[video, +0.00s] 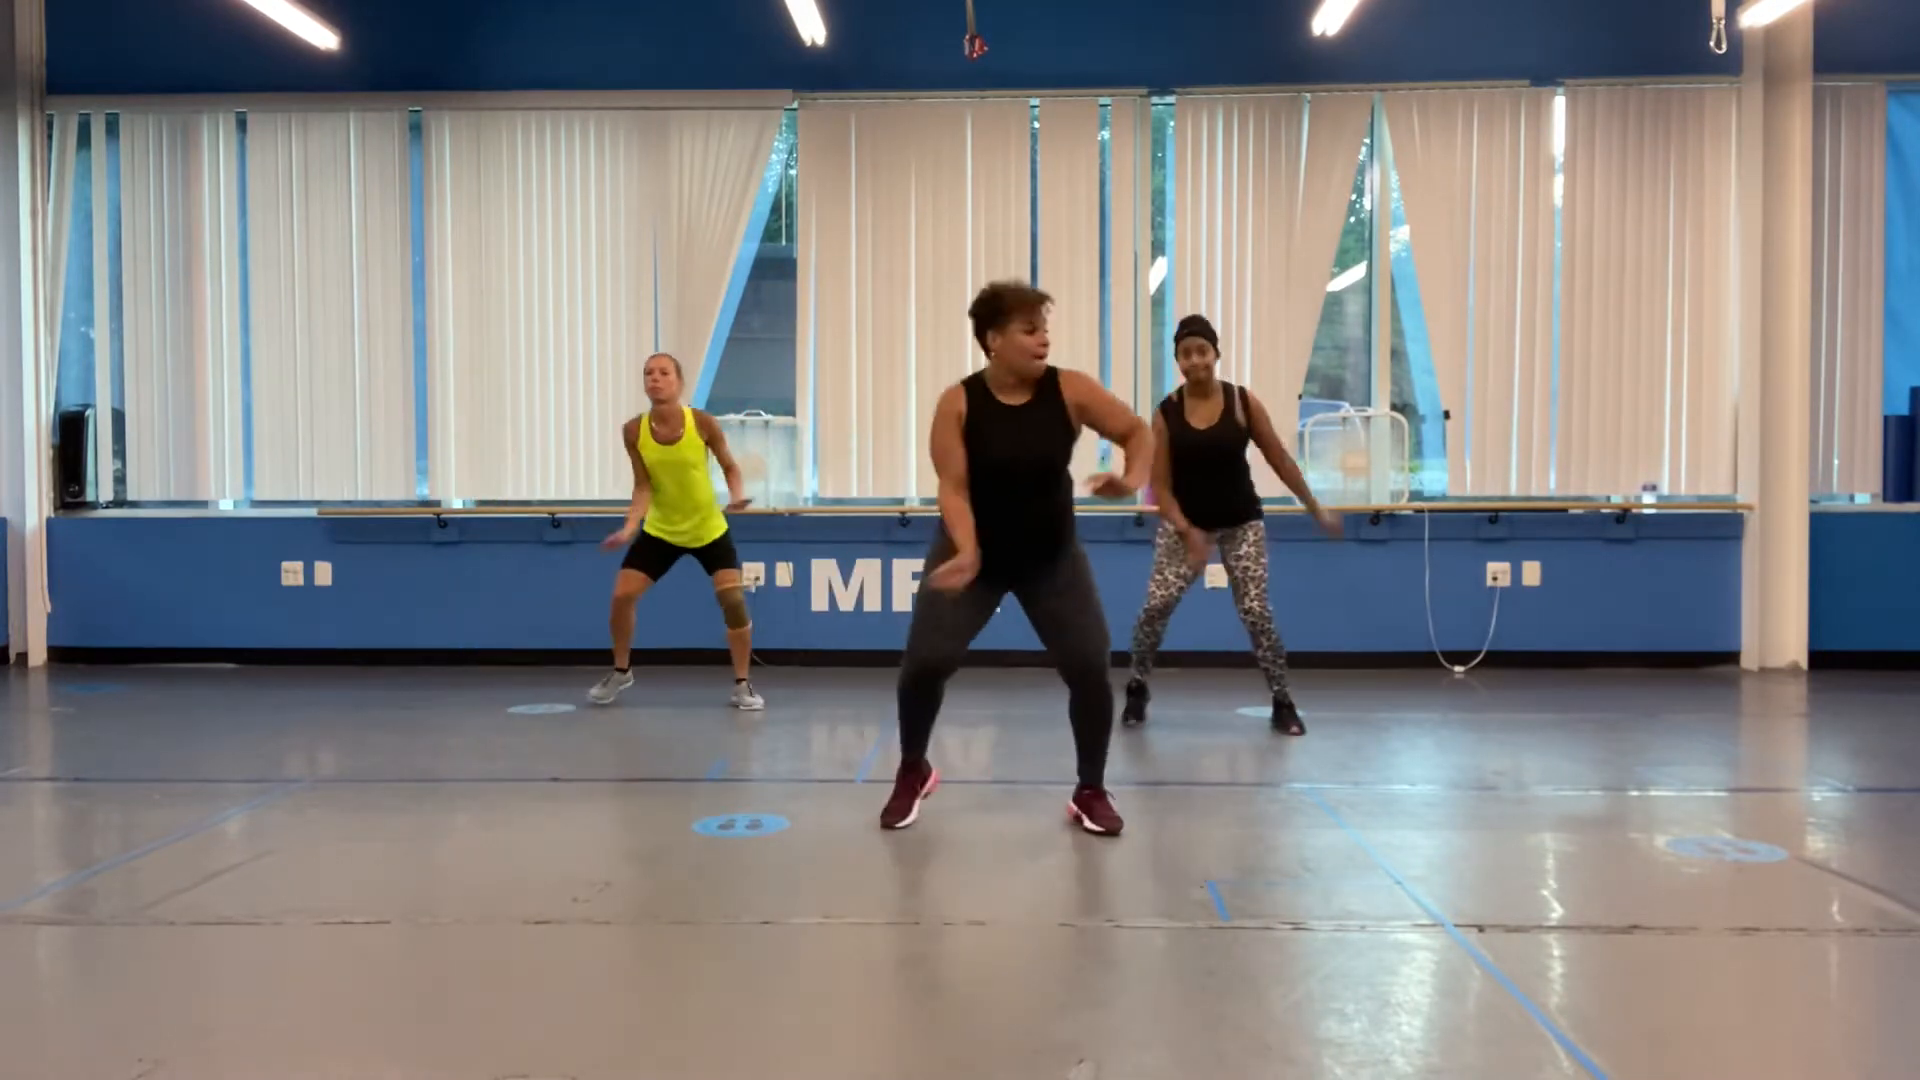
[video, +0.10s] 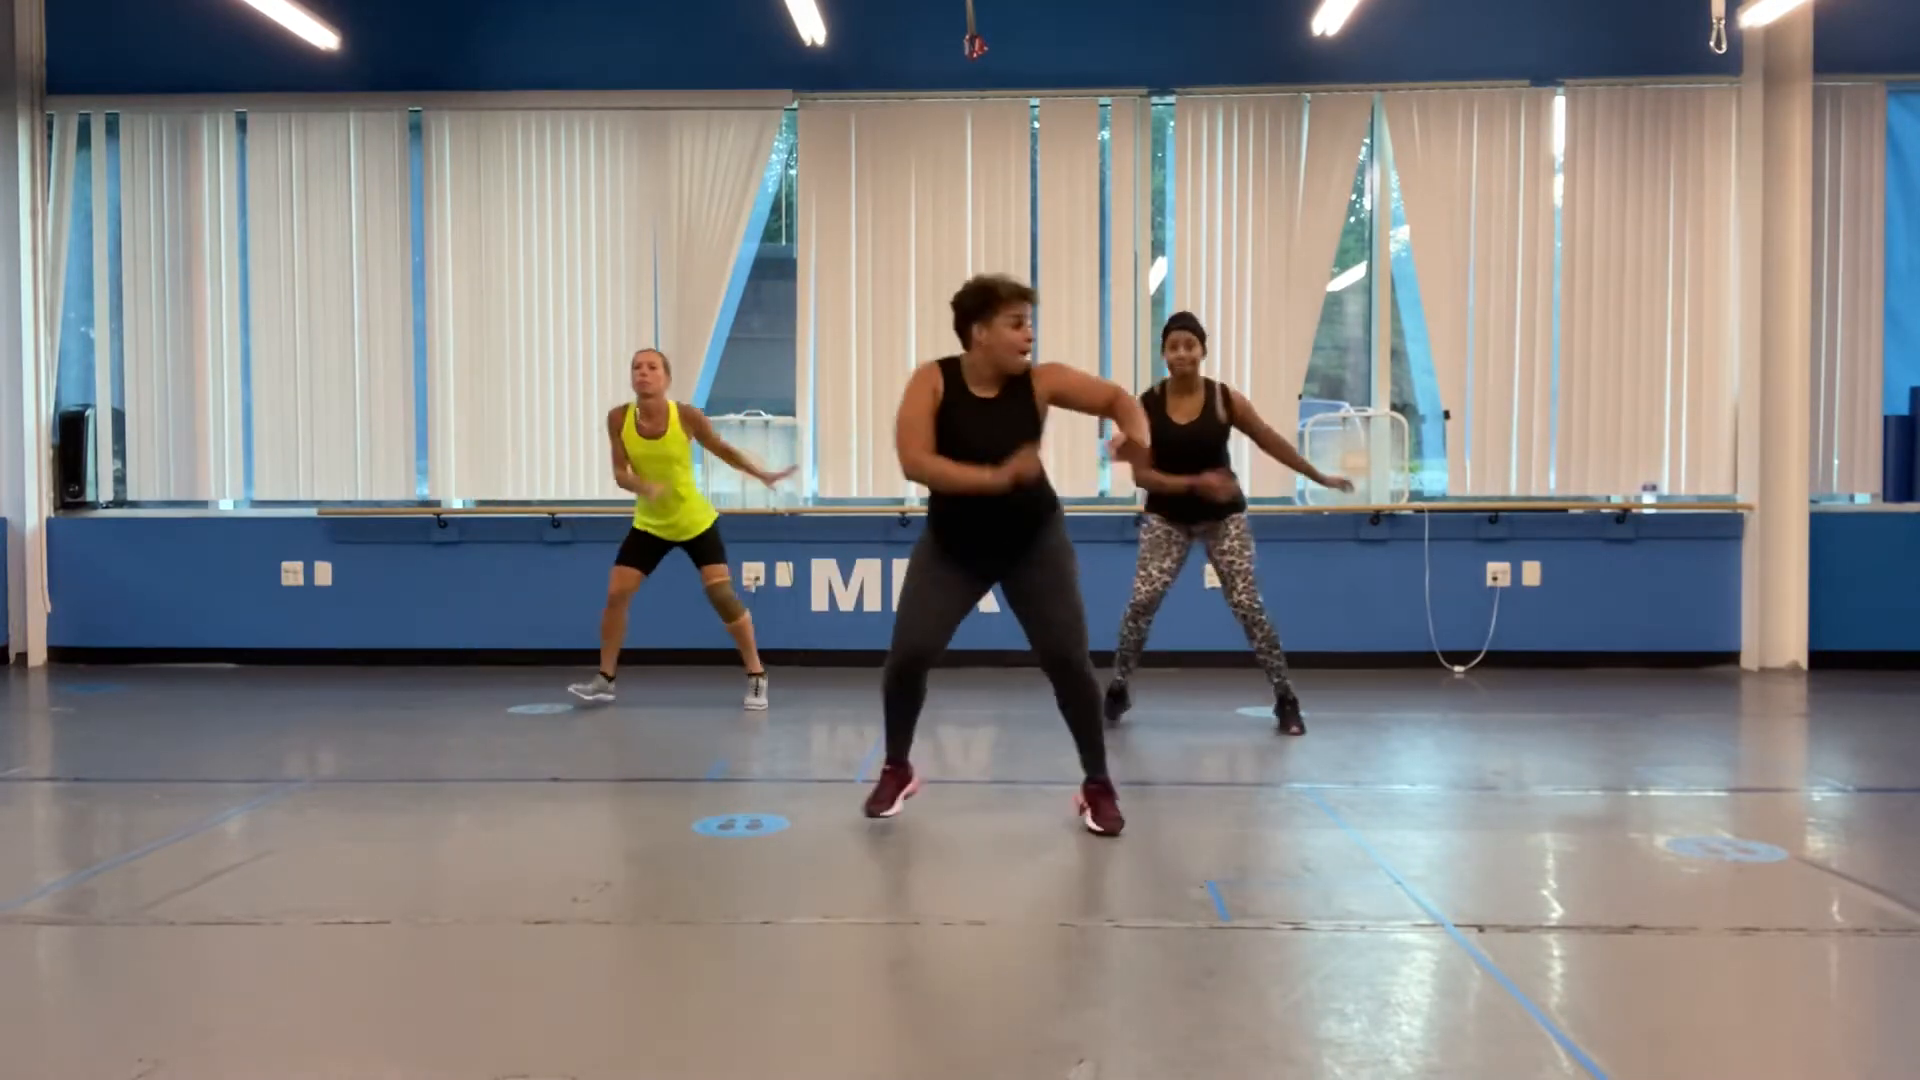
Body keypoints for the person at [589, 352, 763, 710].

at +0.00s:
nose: (656, 379)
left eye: (664, 373)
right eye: (650, 374)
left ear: (680, 383)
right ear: (644, 385)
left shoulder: (703, 423)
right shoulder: (634, 431)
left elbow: (729, 466)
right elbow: (642, 485)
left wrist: (737, 496)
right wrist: (630, 526)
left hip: (707, 527)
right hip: (661, 529)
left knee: (732, 600)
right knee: (622, 595)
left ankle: (742, 684)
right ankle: (621, 672)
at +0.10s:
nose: (643, 373)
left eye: (651, 367)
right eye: (637, 368)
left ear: (667, 378)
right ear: (630, 378)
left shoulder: (687, 416)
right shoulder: (619, 419)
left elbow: (721, 449)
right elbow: (621, 474)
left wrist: (762, 475)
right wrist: (646, 488)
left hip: (694, 519)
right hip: (649, 523)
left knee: (720, 593)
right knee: (617, 593)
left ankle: (756, 675)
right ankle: (605, 678)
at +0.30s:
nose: (624, 386)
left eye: (632, 380)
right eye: (619, 381)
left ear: (648, 390)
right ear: (612, 390)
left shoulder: (667, 427)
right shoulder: (599, 425)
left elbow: (701, 453)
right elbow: (577, 476)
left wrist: (748, 466)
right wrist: (620, 452)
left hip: (668, 529)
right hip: (623, 530)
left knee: (687, 601)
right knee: (591, 601)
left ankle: (716, 659)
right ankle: (600, 685)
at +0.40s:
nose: (626, 386)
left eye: (634, 380)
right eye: (620, 381)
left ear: (650, 390)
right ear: (614, 391)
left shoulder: (671, 432)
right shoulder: (600, 429)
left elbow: (687, 475)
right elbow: (571, 481)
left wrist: (719, 498)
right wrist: (610, 473)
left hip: (665, 531)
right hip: (619, 531)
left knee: (681, 608)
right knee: (588, 600)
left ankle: (686, 673)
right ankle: (599, 685)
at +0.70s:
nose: (663, 388)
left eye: (670, 381)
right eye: (656, 384)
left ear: (687, 388)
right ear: (650, 395)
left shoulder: (711, 423)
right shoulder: (645, 430)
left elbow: (728, 474)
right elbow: (610, 452)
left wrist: (674, 469)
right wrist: (574, 474)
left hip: (698, 530)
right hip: (652, 528)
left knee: (729, 597)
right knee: (619, 605)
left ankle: (740, 685)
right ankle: (584, 668)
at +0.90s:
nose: (656, 388)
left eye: (663, 381)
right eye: (649, 383)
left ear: (678, 389)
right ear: (643, 394)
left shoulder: (704, 427)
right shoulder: (637, 438)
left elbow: (734, 478)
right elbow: (641, 493)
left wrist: (710, 500)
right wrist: (599, 514)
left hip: (705, 530)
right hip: (659, 532)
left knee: (733, 599)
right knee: (625, 602)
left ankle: (740, 685)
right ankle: (627, 677)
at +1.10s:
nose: (616, 380)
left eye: (625, 375)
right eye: (611, 375)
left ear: (641, 385)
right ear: (605, 386)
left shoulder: (662, 421)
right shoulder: (595, 423)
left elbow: (703, 452)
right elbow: (597, 478)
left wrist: (736, 471)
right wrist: (613, 484)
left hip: (674, 522)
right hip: (632, 527)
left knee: (704, 598)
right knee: (600, 599)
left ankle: (753, 676)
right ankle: (592, 684)